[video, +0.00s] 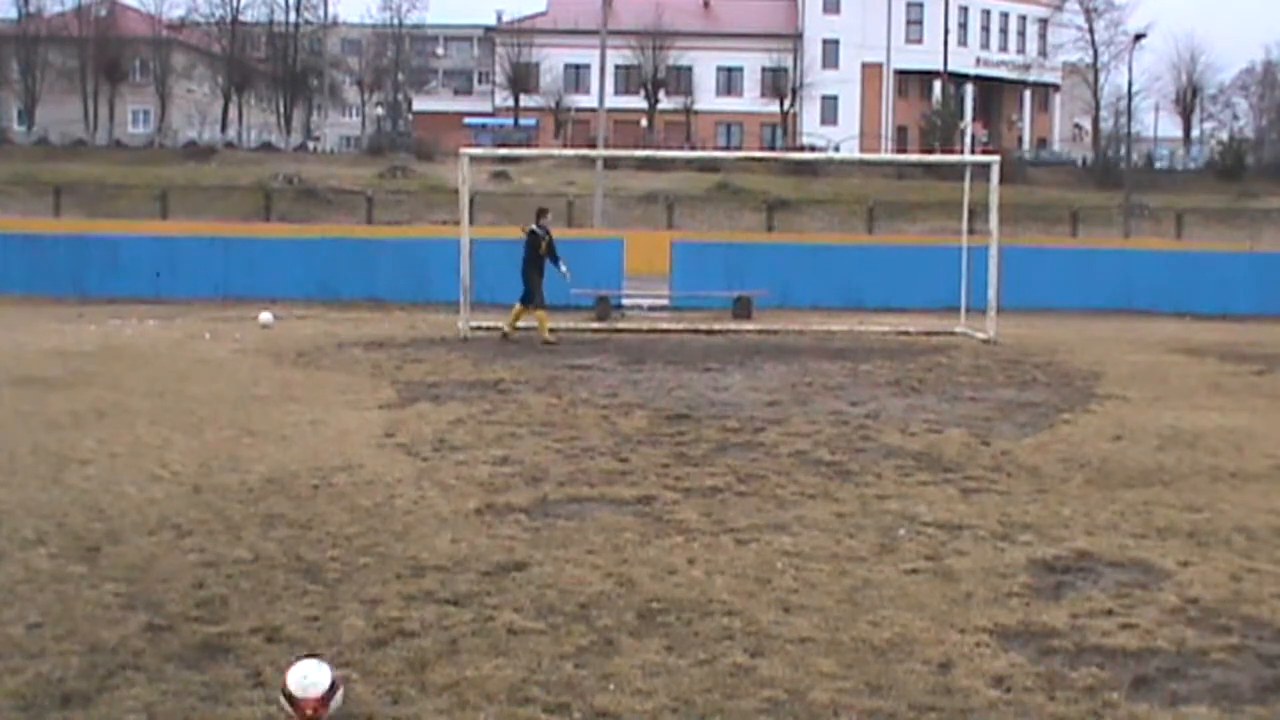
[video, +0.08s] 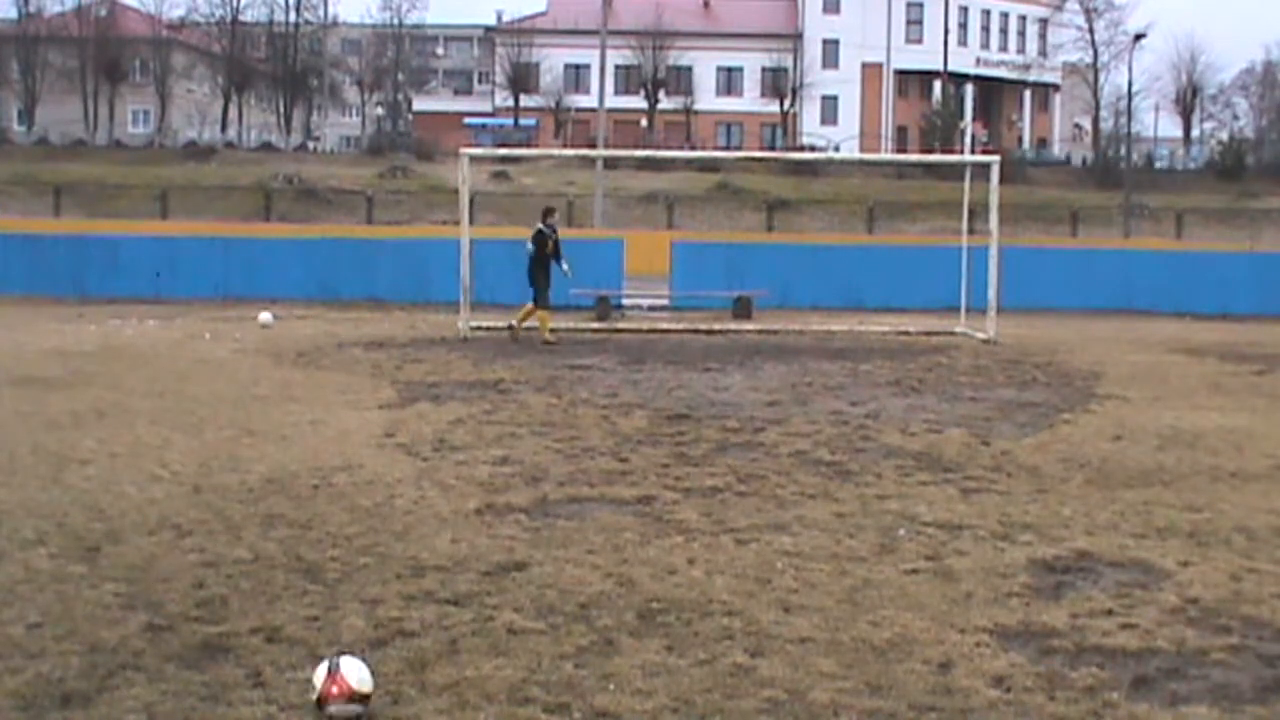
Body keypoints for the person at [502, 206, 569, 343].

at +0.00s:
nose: (548, 221)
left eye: (549, 219)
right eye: (547, 218)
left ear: (546, 219)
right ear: (541, 218)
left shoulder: (546, 234)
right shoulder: (533, 233)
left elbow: (552, 252)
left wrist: (560, 266)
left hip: (538, 270)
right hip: (530, 269)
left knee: (526, 301)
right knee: (538, 301)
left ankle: (508, 327)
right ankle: (545, 334)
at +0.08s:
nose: (555, 221)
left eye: (556, 218)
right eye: (553, 217)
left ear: (553, 219)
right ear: (547, 218)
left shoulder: (553, 233)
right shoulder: (538, 233)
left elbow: (556, 253)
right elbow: (534, 251)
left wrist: (562, 264)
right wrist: (530, 249)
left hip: (546, 268)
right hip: (537, 269)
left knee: (538, 301)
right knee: (542, 301)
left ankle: (517, 323)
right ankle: (545, 333)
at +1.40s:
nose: (658, 220)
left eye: (660, 217)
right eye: (655, 217)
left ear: (663, 218)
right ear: (650, 219)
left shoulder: (664, 234)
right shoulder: (645, 235)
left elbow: (668, 251)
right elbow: (634, 255)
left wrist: (672, 262)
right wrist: (639, 270)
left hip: (661, 271)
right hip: (648, 273)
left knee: (671, 301)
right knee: (652, 307)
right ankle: (650, 335)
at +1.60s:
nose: (672, 232)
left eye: (675, 228)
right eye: (670, 228)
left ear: (678, 230)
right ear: (665, 229)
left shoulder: (682, 243)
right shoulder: (657, 244)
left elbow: (686, 256)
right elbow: (641, 252)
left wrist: (686, 266)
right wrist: (646, 268)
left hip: (674, 277)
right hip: (658, 278)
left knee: (686, 306)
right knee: (659, 311)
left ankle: (701, 334)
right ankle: (652, 338)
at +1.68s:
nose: (679, 237)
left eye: (681, 234)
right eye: (676, 233)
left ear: (685, 235)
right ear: (672, 234)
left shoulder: (688, 248)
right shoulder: (664, 248)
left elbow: (698, 253)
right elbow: (648, 252)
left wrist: (695, 267)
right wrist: (651, 268)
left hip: (682, 280)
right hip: (665, 281)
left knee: (694, 308)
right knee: (662, 312)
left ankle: (707, 338)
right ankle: (653, 338)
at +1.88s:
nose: (693, 248)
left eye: (695, 245)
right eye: (691, 245)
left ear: (699, 246)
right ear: (687, 246)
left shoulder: (704, 258)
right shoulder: (679, 257)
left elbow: (717, 262)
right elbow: (665, 259)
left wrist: (712, 276)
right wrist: (669, 273)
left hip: (698, 284)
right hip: (680, 284)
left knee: (709, 310)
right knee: (668, 307)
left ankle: (711, 339)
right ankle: (672, 333)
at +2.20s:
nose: (698, 252)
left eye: (701, 249)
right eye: (696, 249)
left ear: (704, 250)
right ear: (692, 250)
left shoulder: (710, 261)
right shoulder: (685, 262)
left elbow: (723, 272)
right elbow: (673, 270)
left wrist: (718, 285)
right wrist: (682, 283)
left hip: (707, 287)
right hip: (691, 287)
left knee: (725, 308)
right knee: (683, 312)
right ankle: (684, 342)